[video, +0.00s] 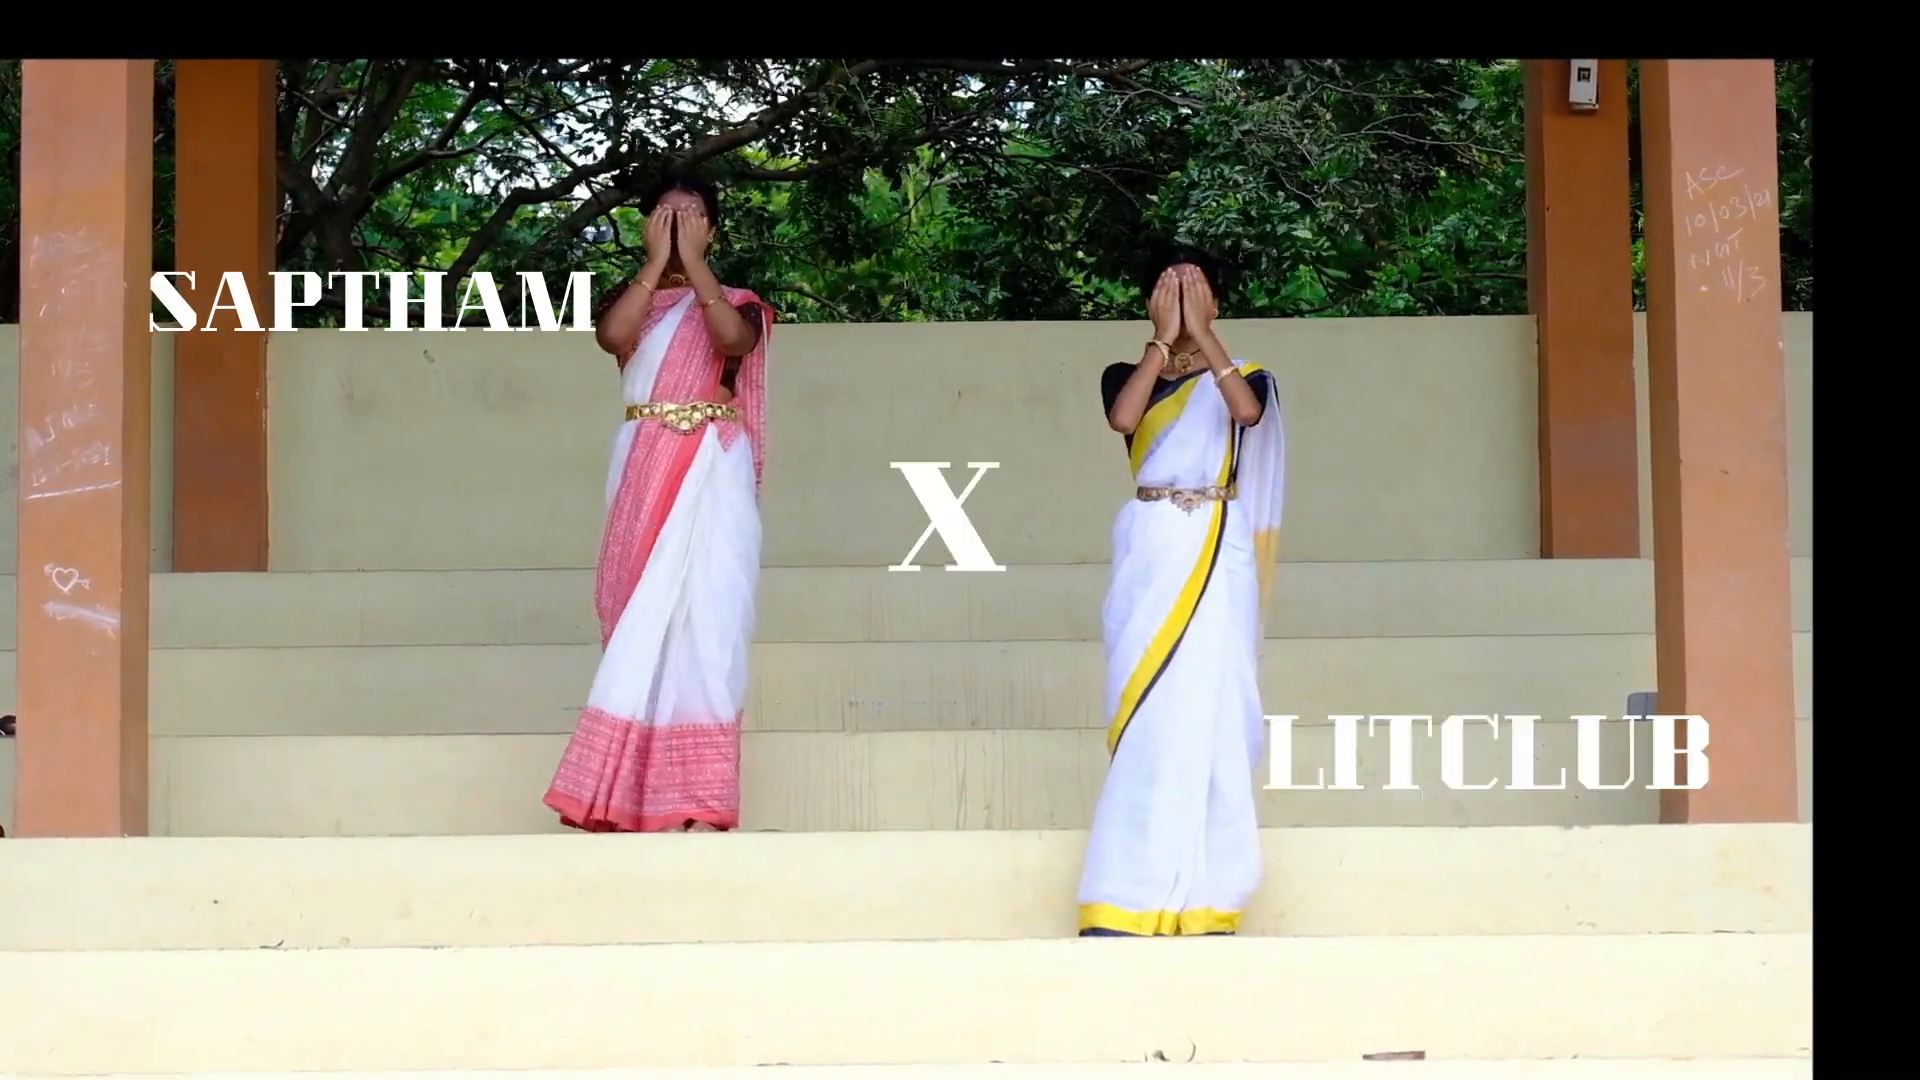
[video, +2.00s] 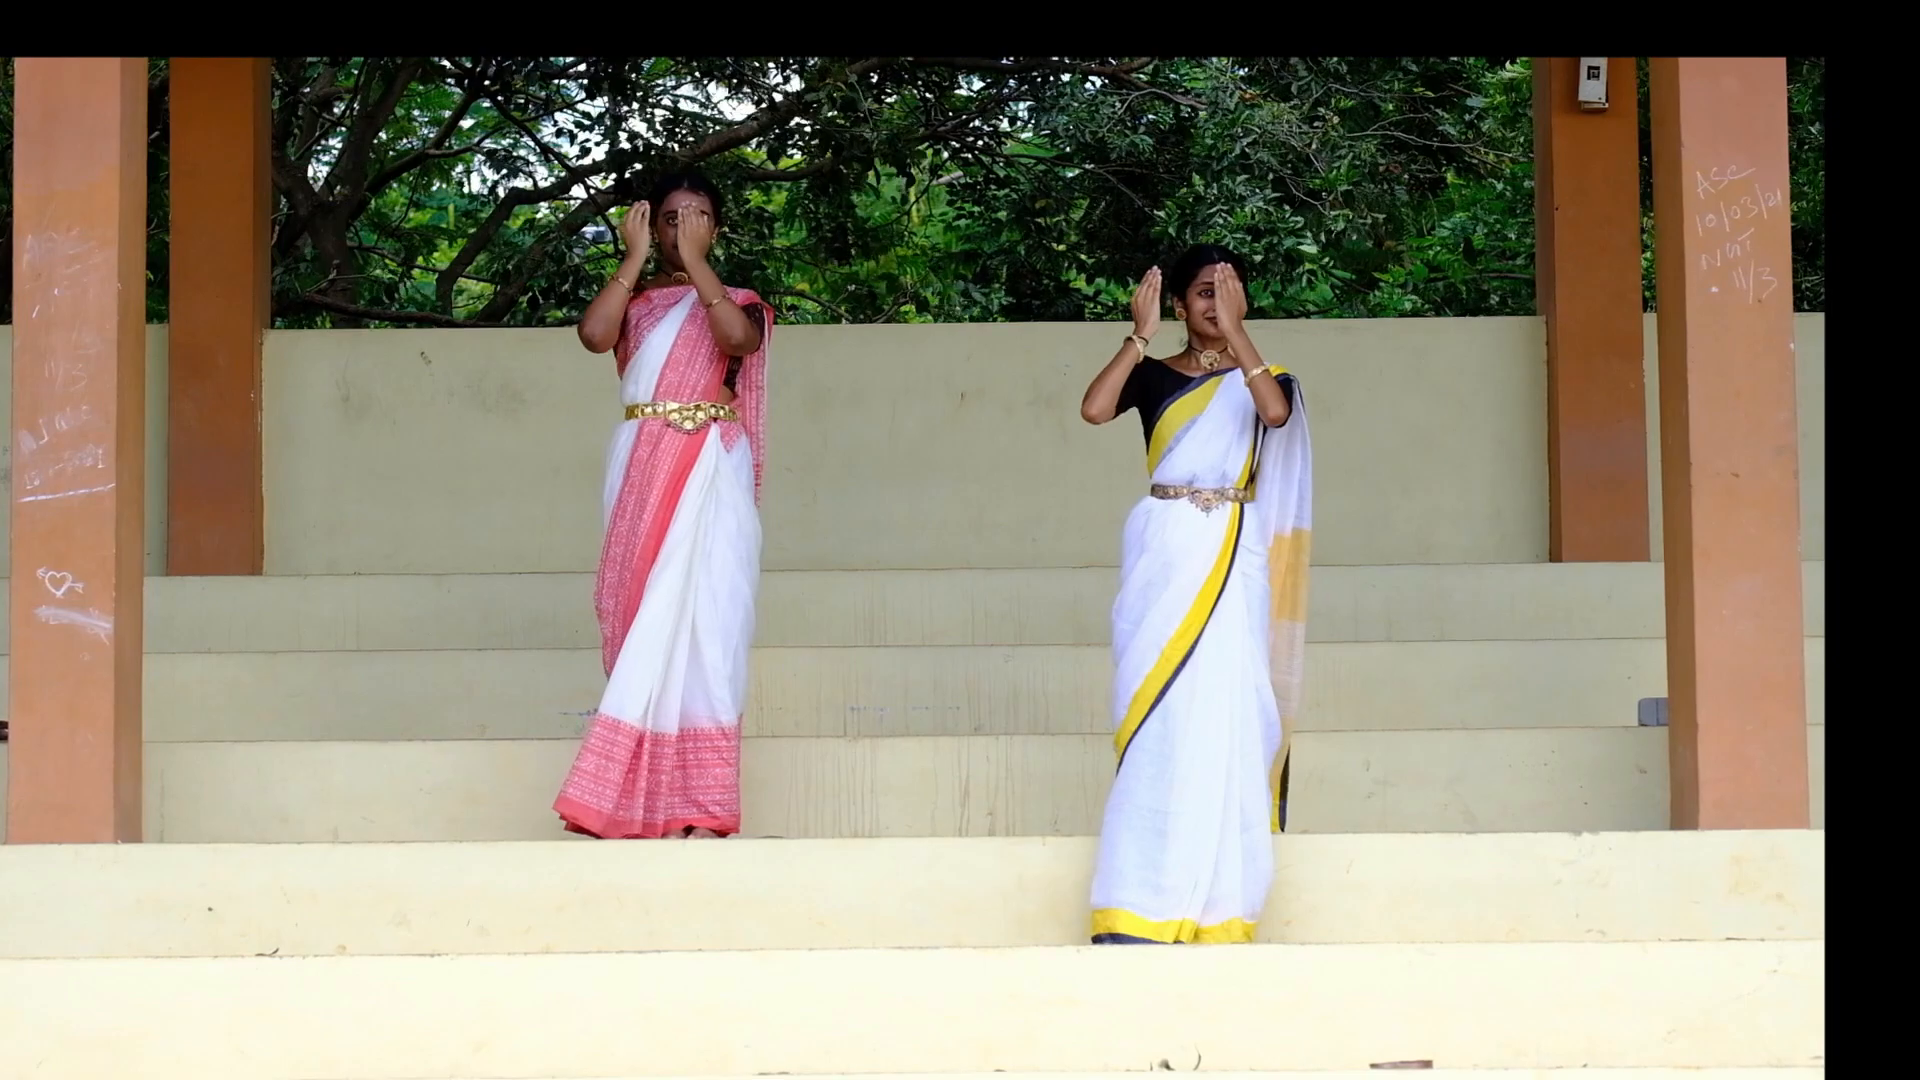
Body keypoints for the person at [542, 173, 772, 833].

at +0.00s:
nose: (678, 228)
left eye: (691, 216)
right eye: (668, 216)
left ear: (713, 229)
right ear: (649, 228)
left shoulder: (739, 303)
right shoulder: (631, 301)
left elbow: (734, 339)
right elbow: (617, 336)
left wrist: (697, 261)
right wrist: (655, 260)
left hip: (714, 477)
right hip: (644, 476)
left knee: (705, 627)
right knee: (638, 624)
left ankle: (698, 800)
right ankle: (627, 798)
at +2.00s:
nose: (681, 228)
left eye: (694, 216)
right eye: (670, 217)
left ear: (717, 229)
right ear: (652, 231)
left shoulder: (742, 303)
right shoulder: (636, 302)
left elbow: (737, 340)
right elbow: (595, 333)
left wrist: (695, 259)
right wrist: (634, 254)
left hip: (712, 476)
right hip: (642, 475)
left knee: (706, 628)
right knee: (641, 625)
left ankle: (702, 803)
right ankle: (639, 799)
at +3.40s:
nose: (678, 227)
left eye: (692, 215)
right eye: (667, 214)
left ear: (714, 227)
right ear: (650, 227)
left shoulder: (741, 303)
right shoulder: (637, 301)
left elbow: (741, 339)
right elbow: (609, 333)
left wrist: (696, 260)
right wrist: (657, 256)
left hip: (713, 479)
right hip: (645, 479)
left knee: (703, 631)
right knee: (649, 629)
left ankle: (691, 808)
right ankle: (642, 803)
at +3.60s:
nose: (690, 227)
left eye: (701, 215)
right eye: (678, 215)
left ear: (719, 223)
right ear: (656, 224)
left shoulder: (741, 300)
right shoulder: (638, 300)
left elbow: (751, 349)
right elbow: (597, 346)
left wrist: (702, 275)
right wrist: (656, 270)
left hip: (720, 479)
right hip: (650, 478)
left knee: (708, 632)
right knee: (653, 630)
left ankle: (699, 810)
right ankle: (647, 805)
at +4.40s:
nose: (739, 248)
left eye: (749, 236)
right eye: (724, 236)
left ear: (762, 246)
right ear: (699, 246)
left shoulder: (782, 332)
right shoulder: (664, 322)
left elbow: (810, 419)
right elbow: (624, 401)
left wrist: (823, 471)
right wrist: (583, 472)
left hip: (752, 483)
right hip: (680, 478)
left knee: (752, 613)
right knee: (700, 621)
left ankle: (793, 778)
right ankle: (739, 787)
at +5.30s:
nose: (680, 259)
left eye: (688, 246)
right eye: (675, 248)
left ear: (731, 241)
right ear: (694, 251)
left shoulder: (799, 309)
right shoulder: (684, 334)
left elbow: (877, 373)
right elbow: (635, 417)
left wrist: (796, 398)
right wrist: (558, 480)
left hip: (785, 485)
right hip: (708, 481)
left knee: (730, 634)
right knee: (630, 513)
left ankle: (717, 820)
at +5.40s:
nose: (677, 259)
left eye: (685, 245)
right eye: (673, 248)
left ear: (728, 242)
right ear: (693, 249)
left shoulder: (794, 307)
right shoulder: (685, 336)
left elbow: (870, 364)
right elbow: (624, 413)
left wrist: (783, 386)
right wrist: (536, 467)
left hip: (785, 486)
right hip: (711, 480)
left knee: (724, 634)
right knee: (632, 494)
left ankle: (719, 823)